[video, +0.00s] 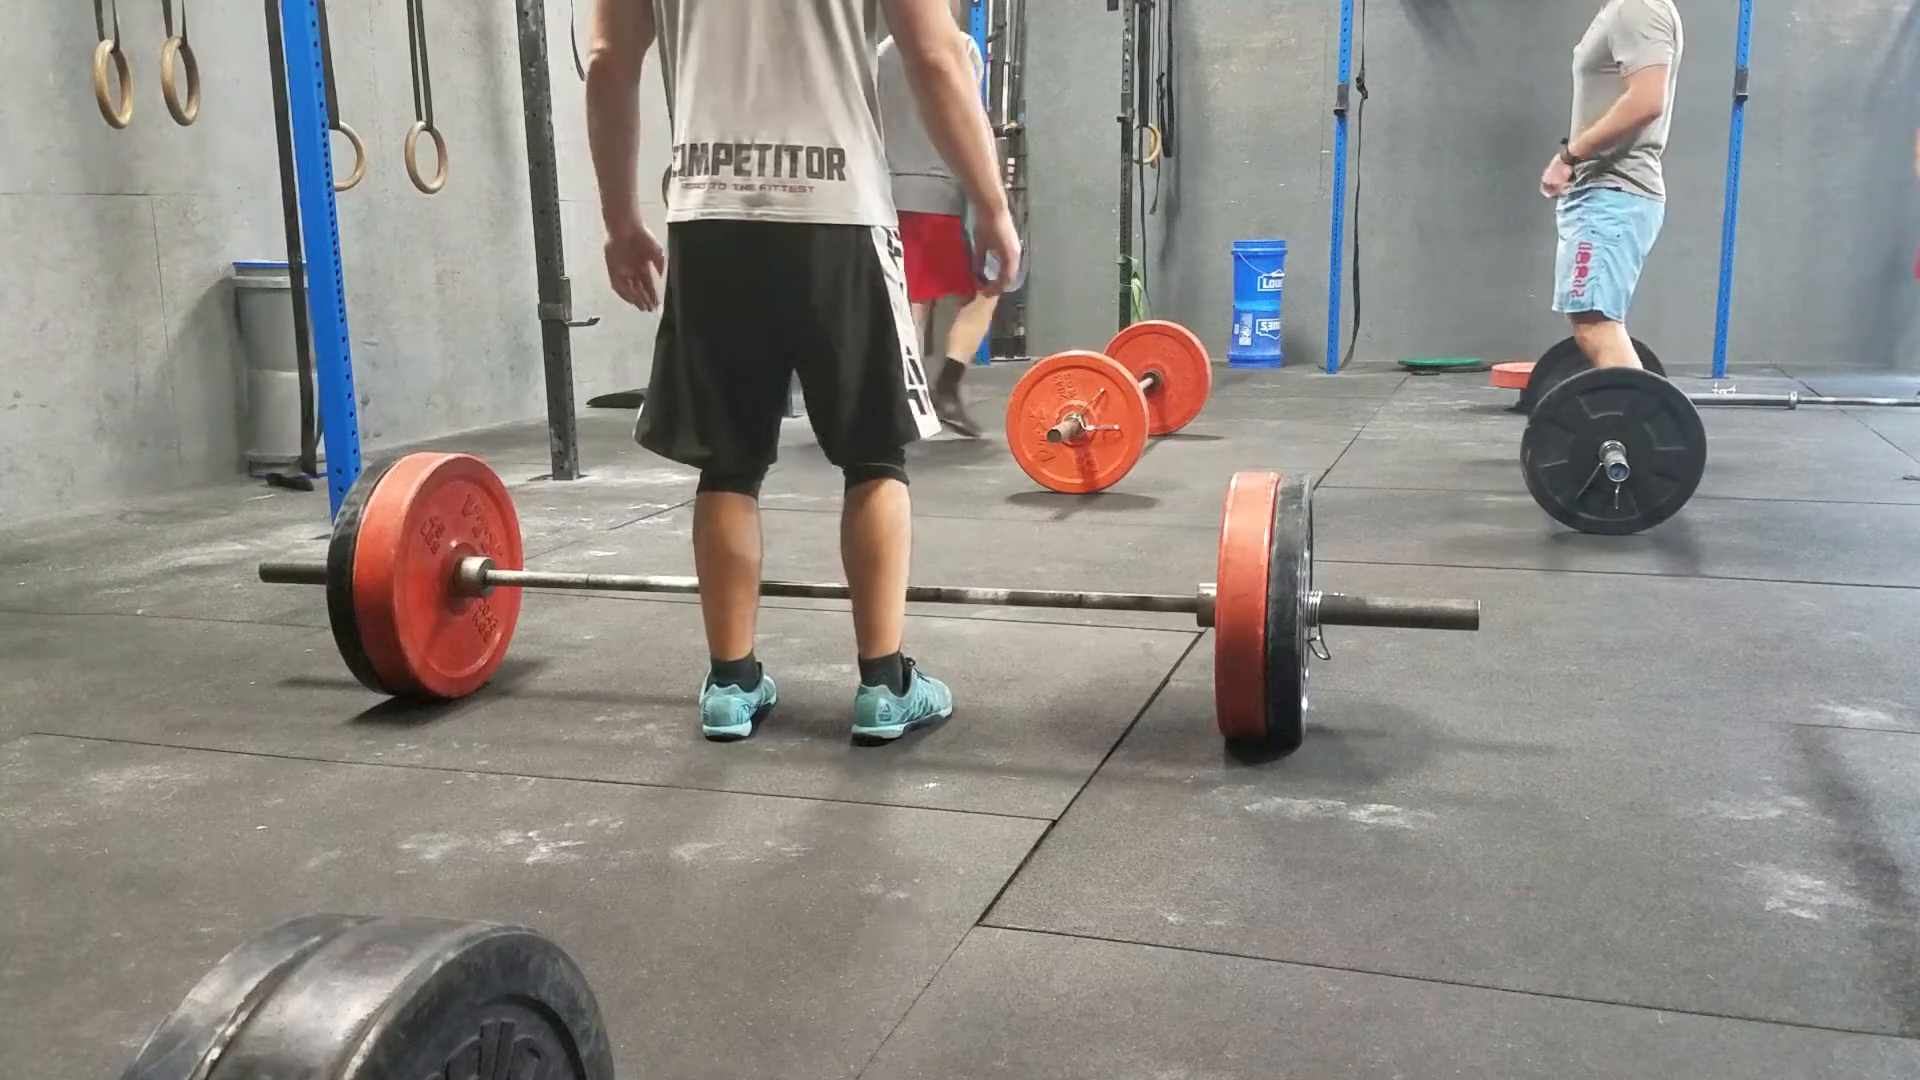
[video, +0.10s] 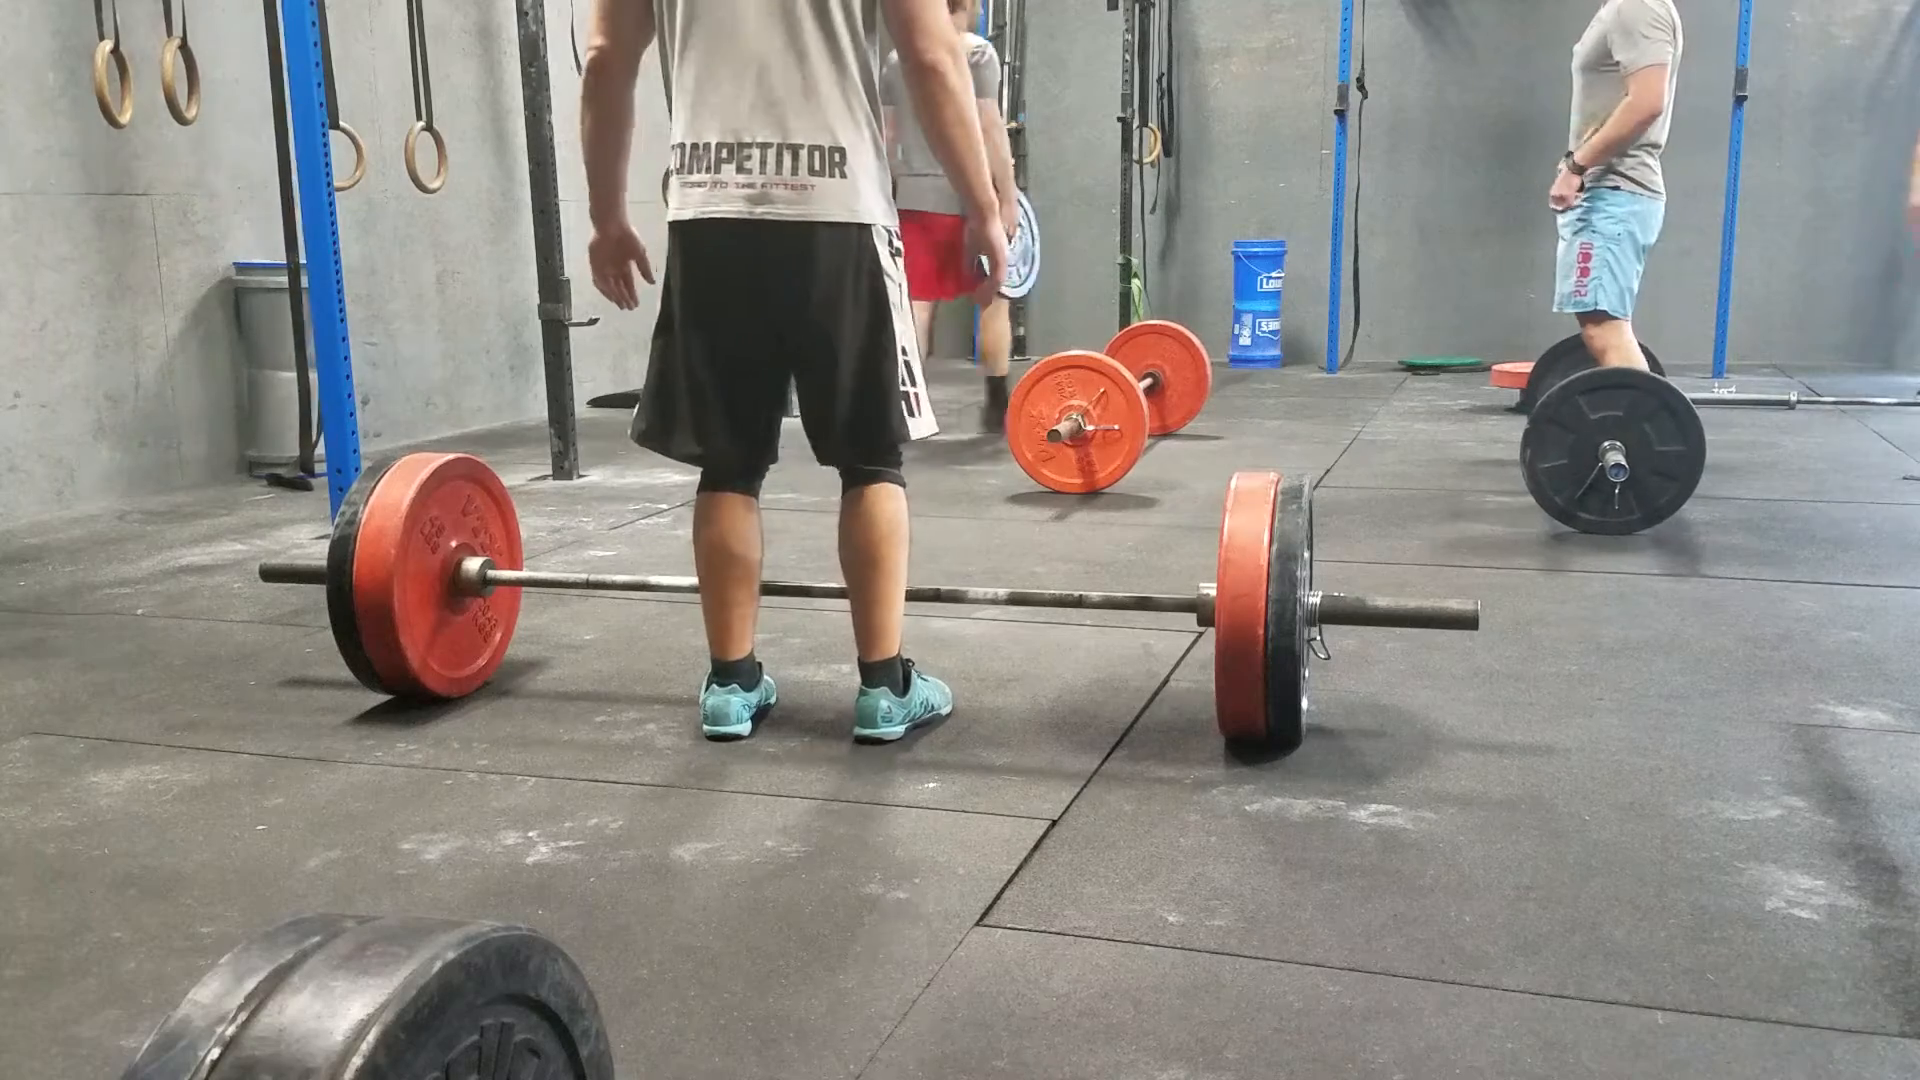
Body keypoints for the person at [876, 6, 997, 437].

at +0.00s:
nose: (964, 16)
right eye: (961, 12)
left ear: (905, 12)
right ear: (952, 9)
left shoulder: (880, 53)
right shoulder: (961, 49)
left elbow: (868, 126)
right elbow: (967, 125)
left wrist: (872, 187)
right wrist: (988, 195)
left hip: (894, 198)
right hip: (945, 201)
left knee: (913, 301)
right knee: (986, 291)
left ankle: (903, 402)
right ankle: (947, 388)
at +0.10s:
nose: (973, 15)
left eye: (967, 9)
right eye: (972, 9)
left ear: (929, 12)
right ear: (964, 9)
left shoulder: (895, 59)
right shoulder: (980, 53)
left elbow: (884, 133)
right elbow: (989, 125)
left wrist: (884, 192)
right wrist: (1008, 197)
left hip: (912, 202)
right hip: (970, 202)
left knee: (916, 307)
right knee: (995, 300)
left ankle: (903, 407)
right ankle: (996, 404)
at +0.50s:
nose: (1083, 15)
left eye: (1082, 7)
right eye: (1079, 6)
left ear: (1042, 12)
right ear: (1061, 10)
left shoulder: (1005, 53)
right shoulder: (1066, 61)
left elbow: (992, 130)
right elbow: (1068, 137)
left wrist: (993, 195)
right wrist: (1081, 208)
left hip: (1009, 196)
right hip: (1049, 199)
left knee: (1019, 296)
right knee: (1051, 304)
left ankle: (985, 360)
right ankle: (1044, 402)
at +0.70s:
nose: (1128, 19)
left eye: (1128, 10)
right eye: (1123, 9)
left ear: (1095, 14)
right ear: (1100, 12)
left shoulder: (1050, 61)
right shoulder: (1101, 61)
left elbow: (1042, 137)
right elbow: (1104, 139)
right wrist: (1124, 208)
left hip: (1050, 200)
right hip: (1080, 205)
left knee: (1096, 300)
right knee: (1068, 303)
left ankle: (1110, 389)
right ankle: (1042, 402)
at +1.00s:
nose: (1198, 17)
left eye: (1197, 9)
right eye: (1191, 8)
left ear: (1166, 15)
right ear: (1167, 13)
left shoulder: (1139, 59)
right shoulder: (1167, 60)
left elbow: (1134, 139)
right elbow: (1164, 135)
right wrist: (1180, 201)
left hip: (1133, 200)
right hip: (1153, 203)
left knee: (1157, 304)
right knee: (1174, 304)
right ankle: (1105, 366)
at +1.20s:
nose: (1250, 14)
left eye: (1250, 6)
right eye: (1245, 6)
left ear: (1218, 11)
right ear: (1221, 9)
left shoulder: (1198, 55)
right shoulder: (1210, 58)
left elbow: (1192, 135)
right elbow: (1202, 134)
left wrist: (1214, 196)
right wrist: (1216, 198)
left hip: (1182, 198)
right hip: (1200, 199)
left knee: (1181, 291)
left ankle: (1145, 384)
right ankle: (1228, 391)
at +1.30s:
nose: (1278, 18)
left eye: (1278, 9)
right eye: (1272, 9)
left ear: (1248, 15)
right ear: (1248, 13)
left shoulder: (1233, 58)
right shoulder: (1238, 62)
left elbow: (1224, 138)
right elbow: (1225, 138)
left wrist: (1240, 201)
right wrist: (1235, 205)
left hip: (1208, 200)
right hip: (1226, 202)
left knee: (1190, 296)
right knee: (1263, 292)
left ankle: (1151, 382)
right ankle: (1295, 390)